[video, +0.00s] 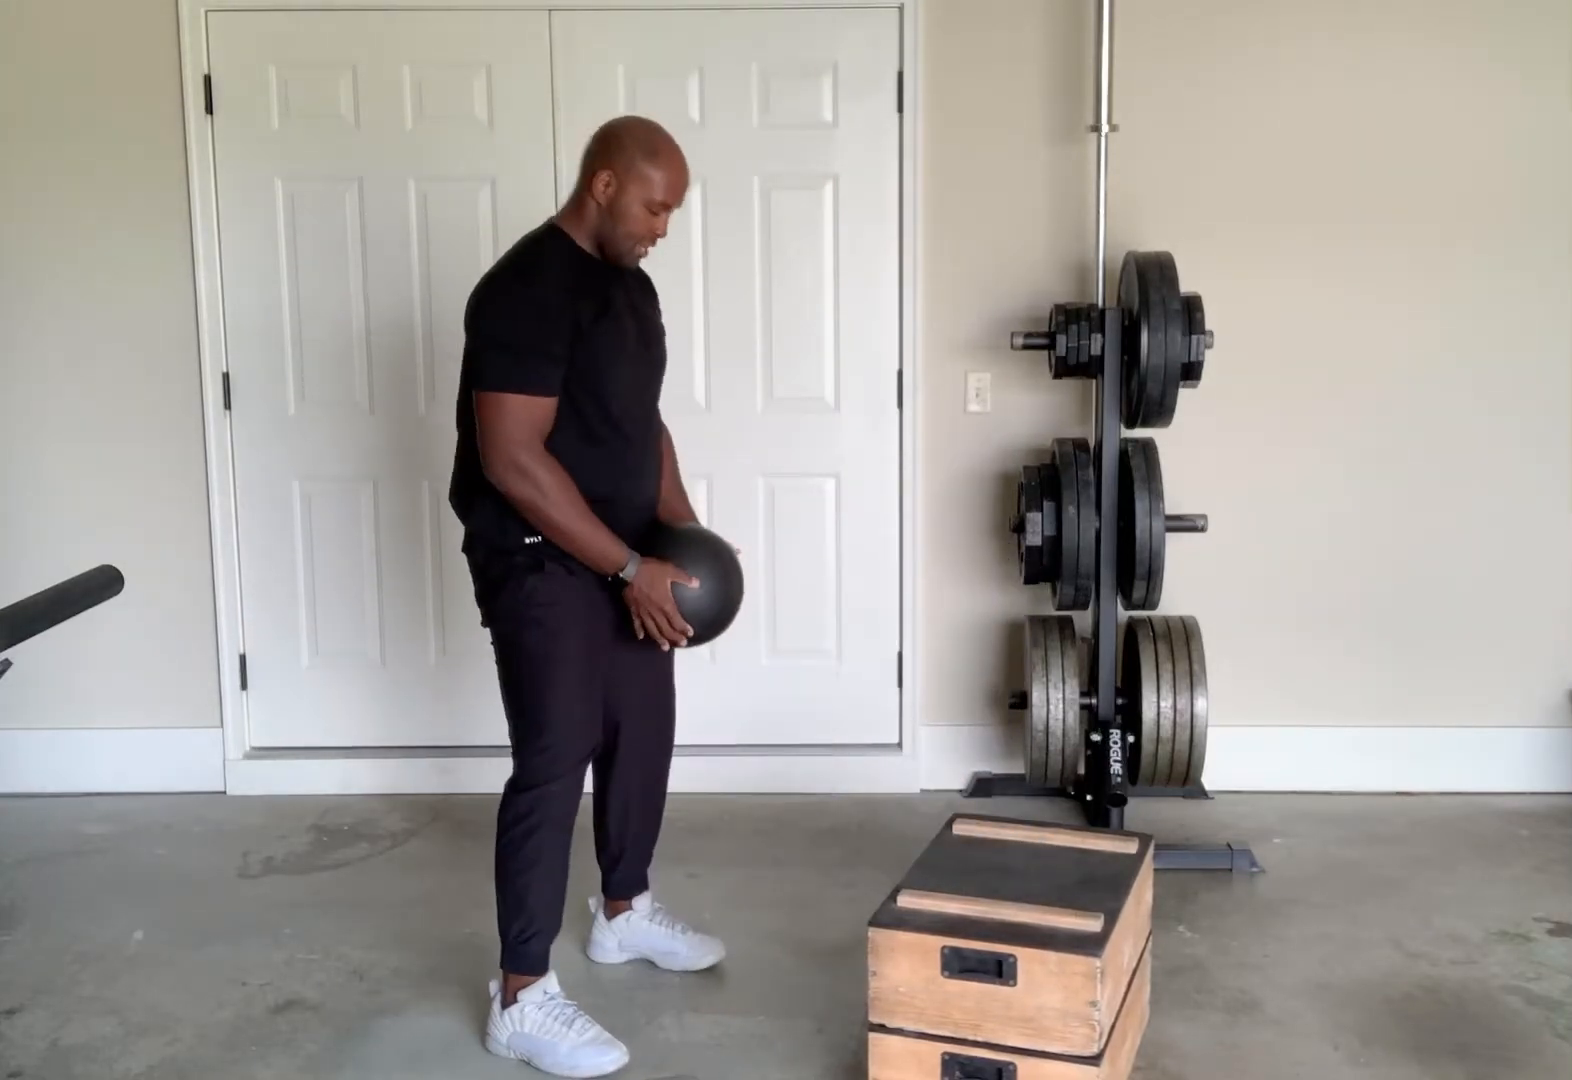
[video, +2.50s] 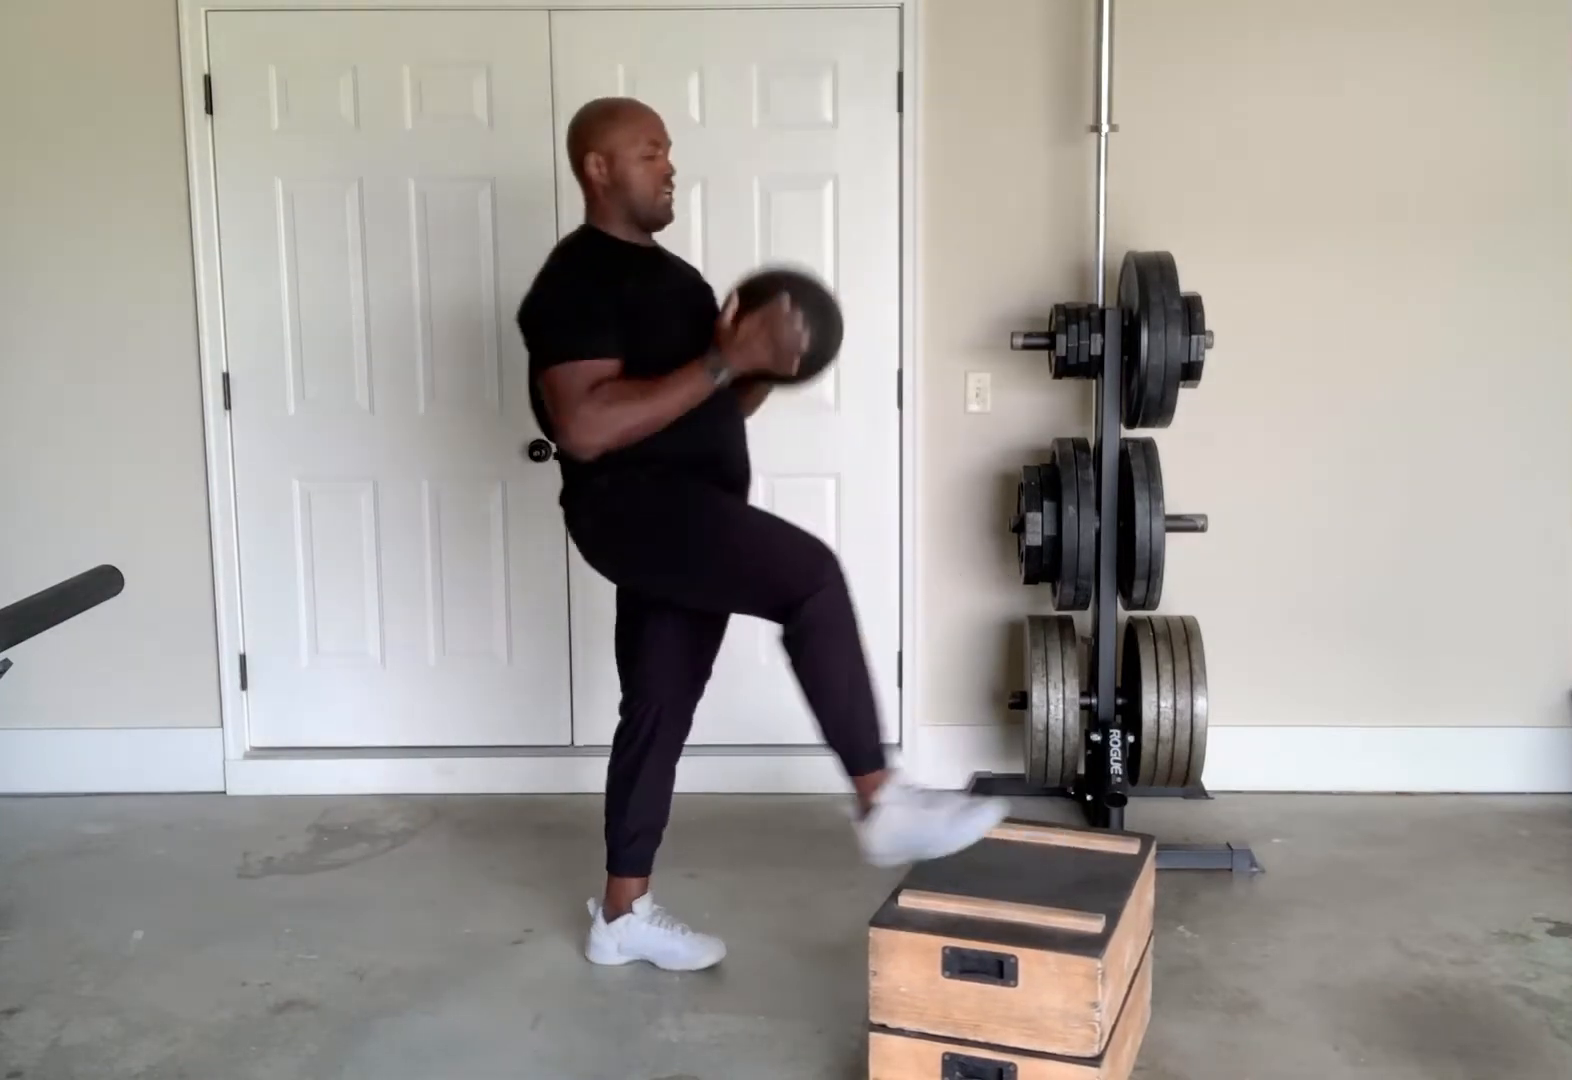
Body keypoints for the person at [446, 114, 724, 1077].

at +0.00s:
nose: (664, 227)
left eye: (671, 211)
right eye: (655, 208)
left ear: (635, 196)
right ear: (599, 184)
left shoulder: (630, 287)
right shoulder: (526, 288)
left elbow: (639, 422)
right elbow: (511, 461)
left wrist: (679, 532)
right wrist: (626, 569)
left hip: (621, 553)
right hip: (539, 560)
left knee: (640, 733)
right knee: (553, 759)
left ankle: (625, 914)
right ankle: (522, 994)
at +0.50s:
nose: (809, 453)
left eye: (821, 443)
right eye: (809, 435)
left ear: (773, 404)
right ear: (768, 400)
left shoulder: (739, 451)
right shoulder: (656, 444)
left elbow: (683, 578)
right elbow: (591, 621)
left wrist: (652, 721)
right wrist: (587, 759)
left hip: (569, 561)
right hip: (475, 553)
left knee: (637, 726)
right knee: (520, 766)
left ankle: (624, 914)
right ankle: (518, 997)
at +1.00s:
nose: (842, 397)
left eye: (848, 379)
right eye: (836, 376)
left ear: (789, 363)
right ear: (782, 360)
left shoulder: (761, 437)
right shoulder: (690, 435)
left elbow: (700, 566)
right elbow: (604, 600)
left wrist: (675, 700)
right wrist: (615, 743)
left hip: (597, 564)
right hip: (504, 554)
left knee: (669, 728)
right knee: (548, 766)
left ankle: (624, 912)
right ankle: (518, 997)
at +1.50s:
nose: (822, 160)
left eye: (819, 143)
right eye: (801, 145)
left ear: (798, 149)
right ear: (745, 150)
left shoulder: (789, 219)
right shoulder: (698, 205)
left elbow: (794, 57)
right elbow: (711, 43)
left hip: (765, 490)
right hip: (706, 484)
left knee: (686, 706)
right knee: (899, 566)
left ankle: (631, 900)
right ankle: (927, 804)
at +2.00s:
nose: (821, 134)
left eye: (823, 115)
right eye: (796, 113)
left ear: (815, 122)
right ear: (739, 122)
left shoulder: (803, 196)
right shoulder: (703, 204)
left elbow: (837, 71)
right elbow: (712, 47)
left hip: (816, 476)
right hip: (767, 479)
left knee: (754, 685)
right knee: (971, 592)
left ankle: (674, 869)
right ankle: (951, 820)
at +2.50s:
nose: (670, 167)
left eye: (668, 152)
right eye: (652, 153)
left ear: (623, 167)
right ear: (596, 167)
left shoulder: (677, 280)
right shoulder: (571, 279)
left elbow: (703, 412)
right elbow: (583, 426)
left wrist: (761, 368)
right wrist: (721, 360)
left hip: (692, 508)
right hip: (633, 509)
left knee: (657, 709)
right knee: (808, 574)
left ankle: (622, 914)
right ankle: (882, 802)